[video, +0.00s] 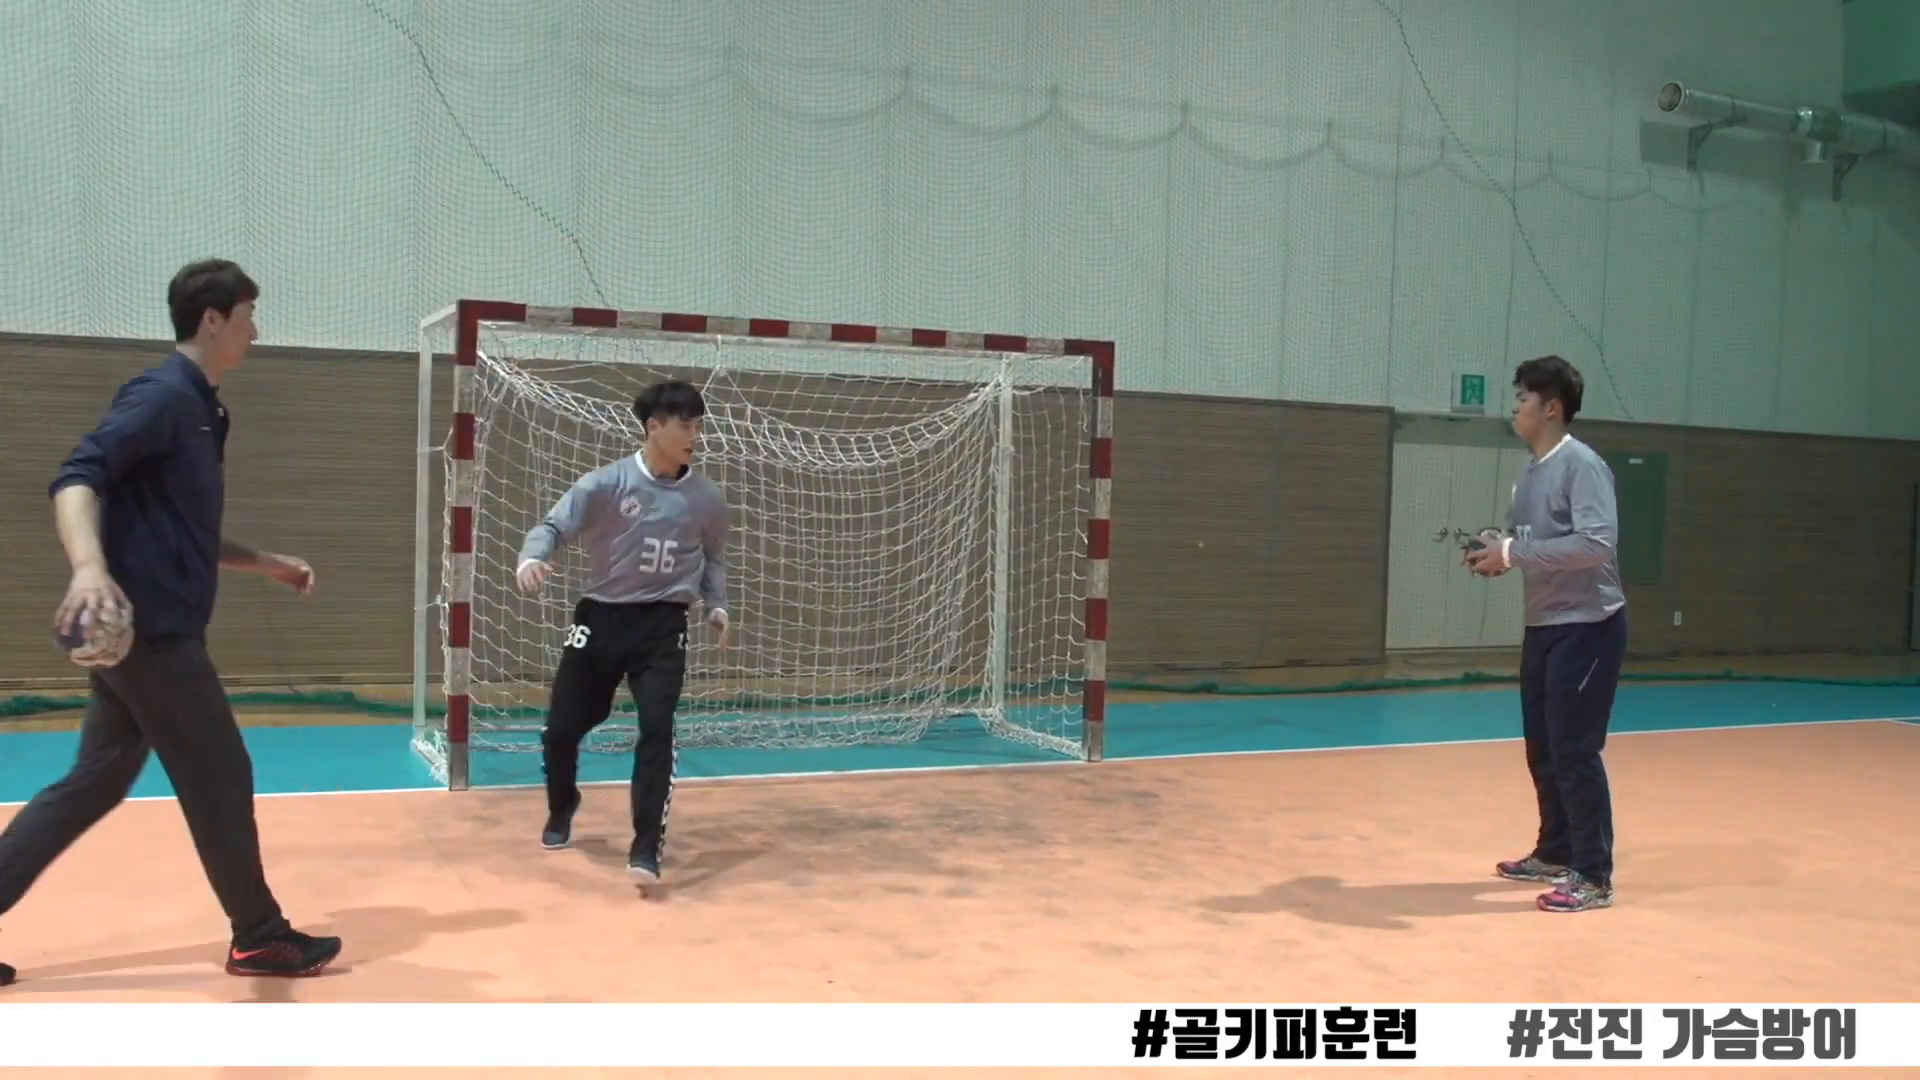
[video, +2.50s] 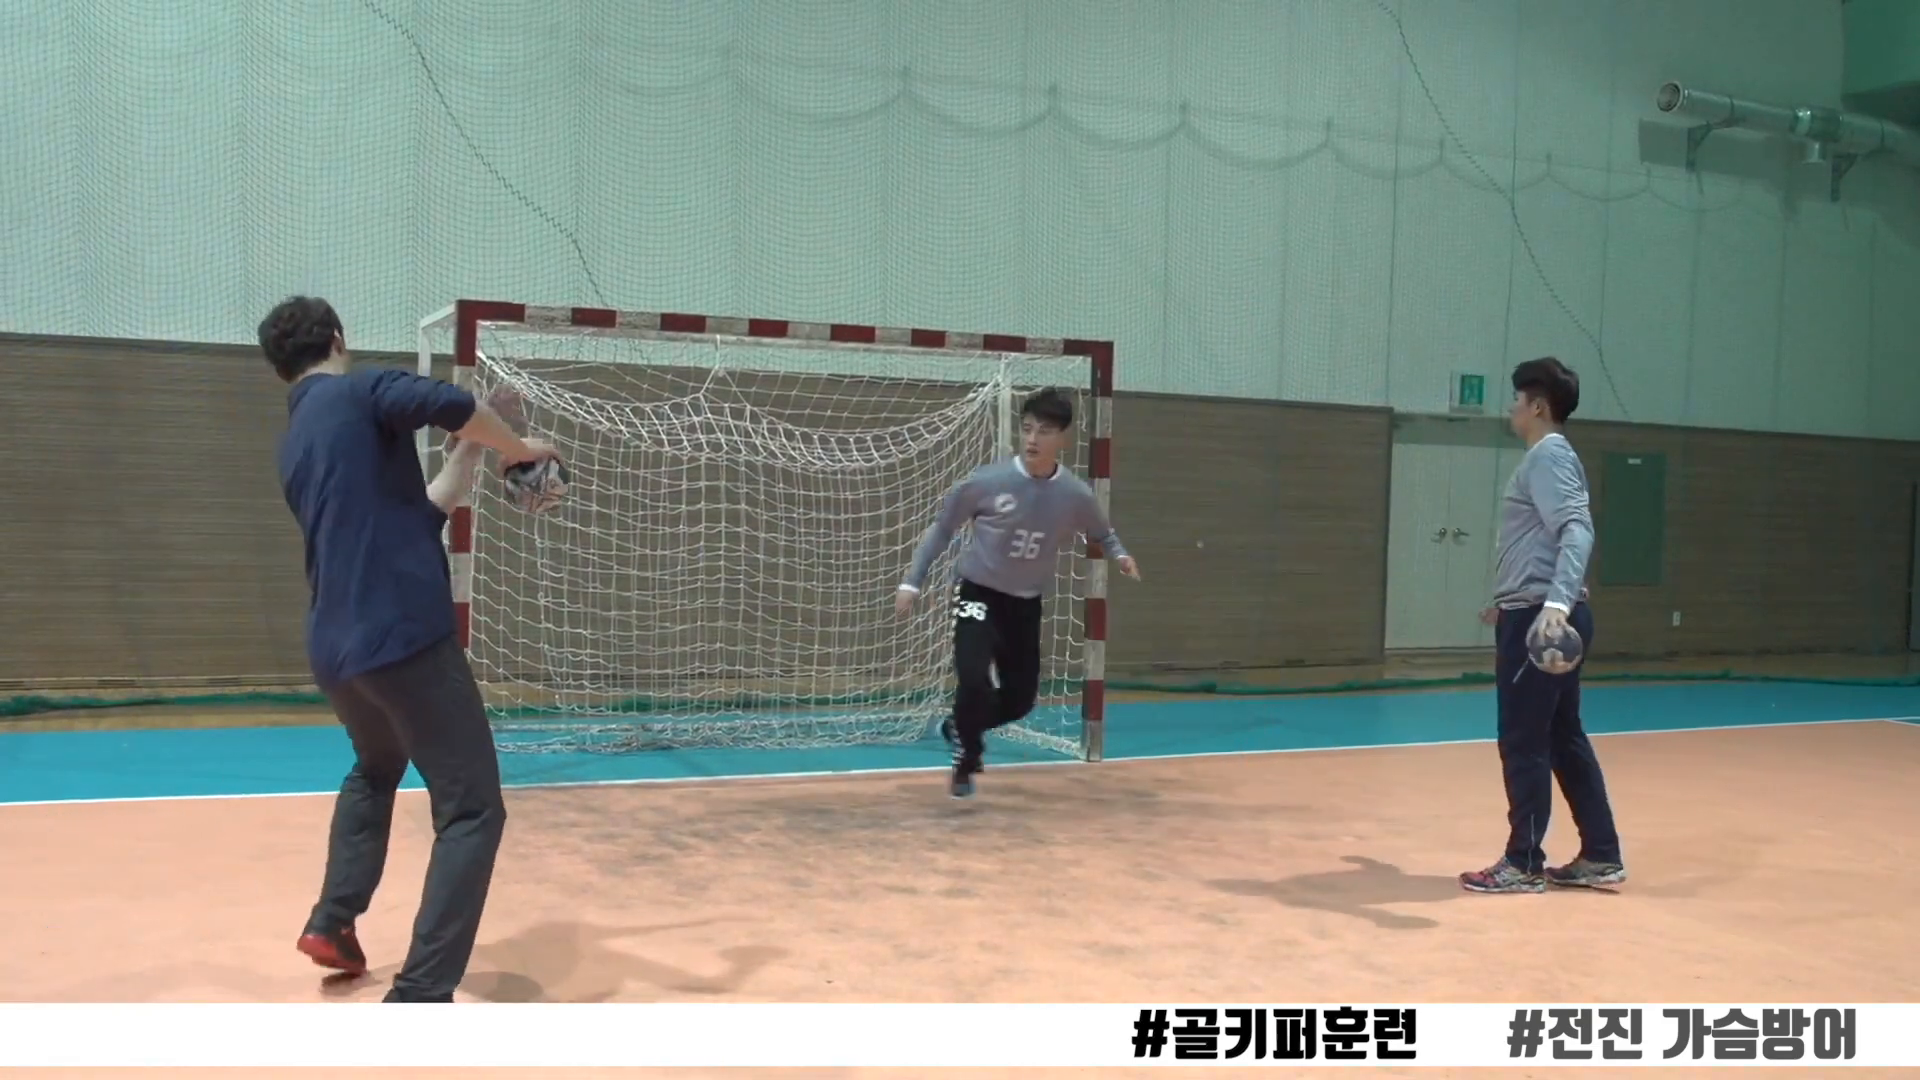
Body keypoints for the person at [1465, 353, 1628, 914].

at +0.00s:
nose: (1515, 407)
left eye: (1525, 398)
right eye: (1517, 398)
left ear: (1555, 406)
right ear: (1541, 407)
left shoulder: (1584, 464)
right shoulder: (1531, 473)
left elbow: (1597, 547)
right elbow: (1535, 545)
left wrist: (1515, 553)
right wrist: (1500, 551)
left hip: (1588, 627)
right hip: (1544, 627)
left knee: (1574, 749)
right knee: (1542, 747)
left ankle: (1594, 877)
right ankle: (1556, 853)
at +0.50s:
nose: (1495, 416)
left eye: (1502, 408)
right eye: (1497, 407)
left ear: (1530, 415)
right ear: (1522, 415)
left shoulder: (1573, 474)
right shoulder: (1501, 475)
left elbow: (1637, 526)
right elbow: (1483, 541)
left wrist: (1600, 566)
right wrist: (1460, 585)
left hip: (1566, 635)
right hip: (1516, 634)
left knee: (1557, 745)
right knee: (1507, 732)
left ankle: (1591, 877)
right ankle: (1550, 843)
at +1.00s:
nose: (1435, 435)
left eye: (1440, 428)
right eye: (1438, 427)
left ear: (1455, 432)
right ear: (1474, 436)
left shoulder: (1456, 471)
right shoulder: (1487, 483)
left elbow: (1393, 437)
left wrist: (1381, 379)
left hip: (1484, 631)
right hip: (1478, 630)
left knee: (1508, 747)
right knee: (1432, 721)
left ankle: (1573, 863)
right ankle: (1427, 831)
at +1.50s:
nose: (1410, 430)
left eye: (1413, 422)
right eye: (1413, 423)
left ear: (1425, 423)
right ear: (1457, 433)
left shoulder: (1407, 455)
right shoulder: (1476, 483)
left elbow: (1330, 474)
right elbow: (1503, 560)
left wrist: (1318, 439)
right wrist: (1520, 630)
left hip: (1440, 591)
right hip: (1484, 598)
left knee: (1451, 713)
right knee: (1441, 713)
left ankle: (1498, 827)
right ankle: (1428, 830)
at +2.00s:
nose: (1450, 421)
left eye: (1453, 413)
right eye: (1453, 413)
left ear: (1465, 414)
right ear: (1493, 419)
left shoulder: (1469, 463)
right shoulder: (1514, 475)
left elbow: (1457, 528)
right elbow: (1537, 552)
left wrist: (1399, 560)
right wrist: (1558, 621)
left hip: (1481, 614)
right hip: (1502, 613)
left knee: (1475, 736)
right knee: (1450, 727)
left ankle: (1522, 861)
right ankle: (1430, 829)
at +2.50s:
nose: (1512, 407)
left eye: (1519, 399)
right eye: (1516, 398)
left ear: (1538, 403)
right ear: (1548, 405)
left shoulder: (1550, 453)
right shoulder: (1543, 455)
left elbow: (1577, 531)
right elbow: (1541, 544)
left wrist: (1557, 605)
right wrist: (1507, 602)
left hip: (1535, 616)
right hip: (1545, 615)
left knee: (1521, 741)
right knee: (1564, 738)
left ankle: (1523, 861)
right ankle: (1602, 857)